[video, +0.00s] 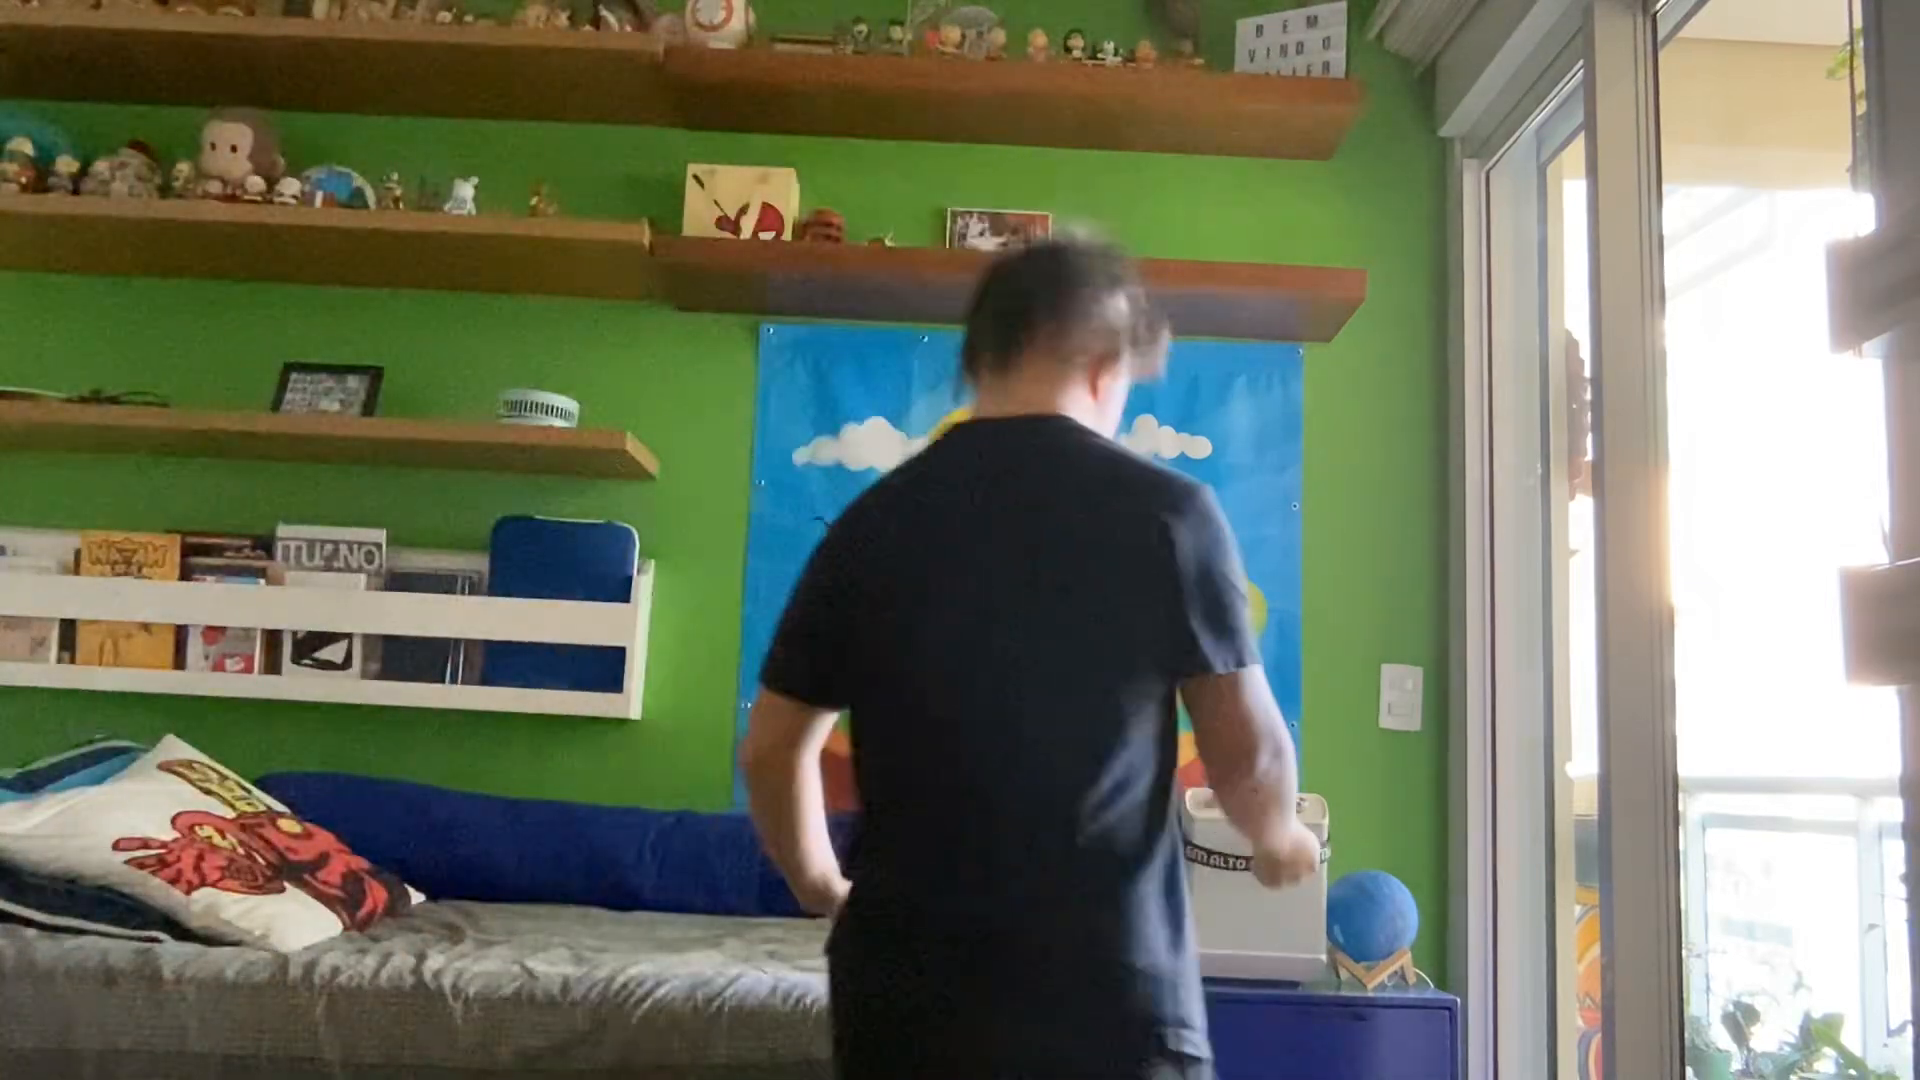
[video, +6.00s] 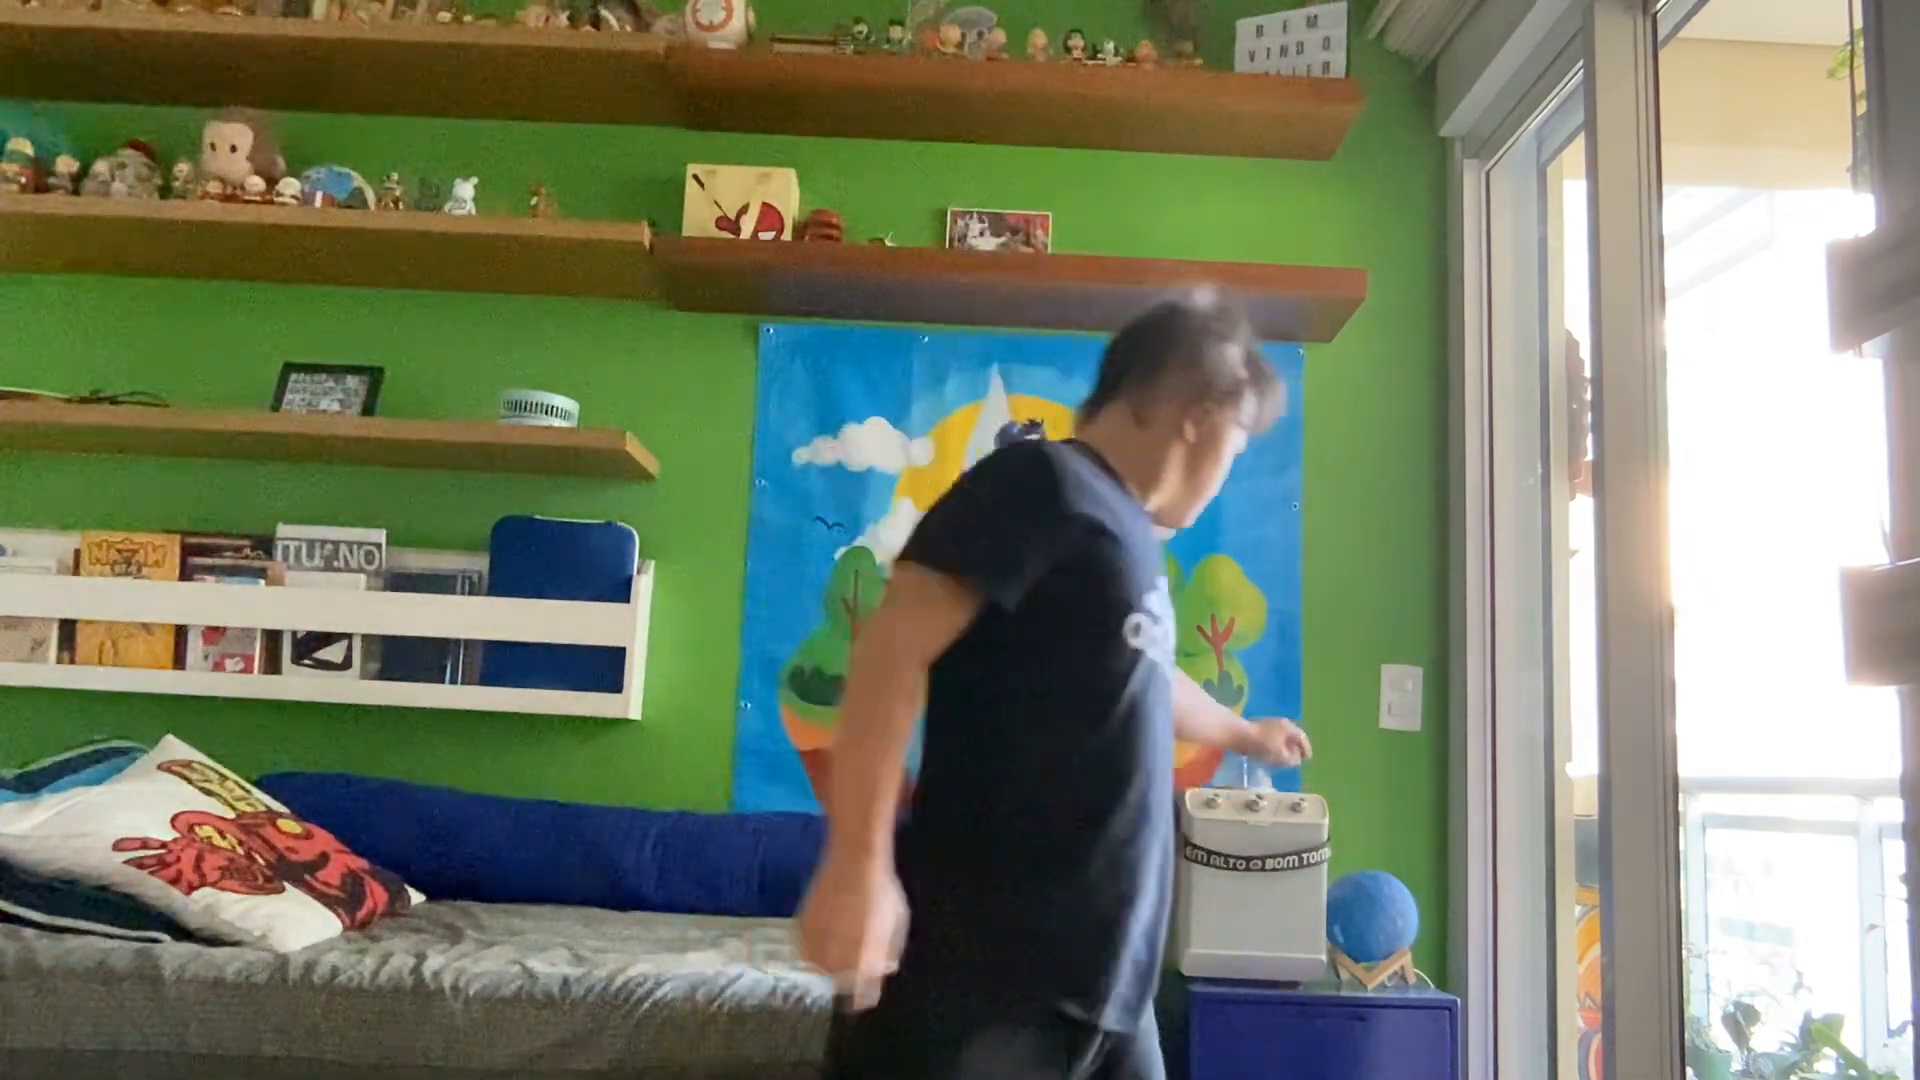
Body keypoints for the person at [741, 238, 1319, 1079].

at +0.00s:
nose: (1121, 416)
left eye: (1126, 394)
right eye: (1127, 391)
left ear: (977, 364)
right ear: (1102, 375)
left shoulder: (873, 520)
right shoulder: (1163, 513)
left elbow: (773, 750)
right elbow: (1247, 753)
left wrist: (820, 885)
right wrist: (1281, 843)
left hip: (903, 985)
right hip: (1100, 983)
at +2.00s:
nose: (1090, 520)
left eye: (1084, 491)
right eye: (1079, 497)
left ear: (1140, 458)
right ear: (1212, 451)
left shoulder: (1182, 512)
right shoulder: (1300, 560)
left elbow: (1213, 618)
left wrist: (1162, 811)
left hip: (1259, 920)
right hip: (1373, 940)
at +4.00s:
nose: (1107, 366)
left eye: (1134, 341)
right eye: (1071, 343)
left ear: (1173, 360)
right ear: (1024, 364)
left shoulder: (1206, 517)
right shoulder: (943, 509)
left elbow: (1241, 576)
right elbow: (861, 680)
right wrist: (974, 714)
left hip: (1113, 969)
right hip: (923, 957)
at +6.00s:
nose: (1226, 478)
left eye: (1238, 454)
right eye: (1236, 448)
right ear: (1194, 420)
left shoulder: (1128, 540)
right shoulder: (1036, 480)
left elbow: (1141, 678)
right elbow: (888, 647)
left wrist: (1239, 734)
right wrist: (857, 865)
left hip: (1108, 987)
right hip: (985, 984)